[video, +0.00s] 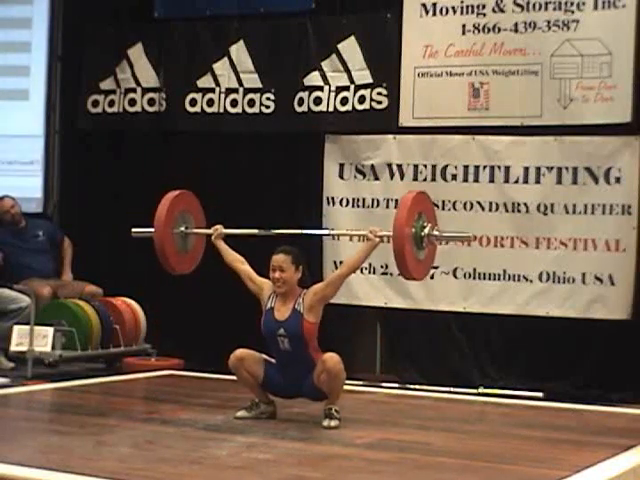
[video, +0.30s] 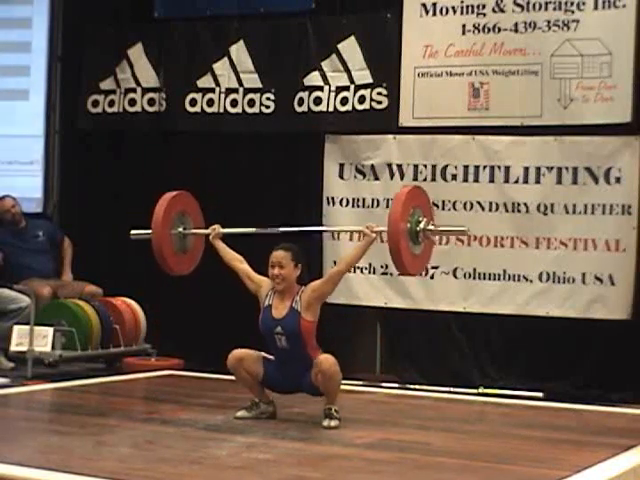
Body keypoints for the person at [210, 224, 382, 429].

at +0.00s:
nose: (276, 276)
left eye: (282, 270)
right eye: (273, 270)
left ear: (298, 272)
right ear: (269, 272)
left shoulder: (312, 298)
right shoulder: (266, 293)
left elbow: (344, 271)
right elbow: (241, 266)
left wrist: (371, 243)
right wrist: (218, 241)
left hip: (311, 378)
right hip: (278, 376)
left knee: (333, 362)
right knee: (237, 358)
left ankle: (331, 408)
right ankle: (264, 404)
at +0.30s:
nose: (275, 272)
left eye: (281, 266)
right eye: (272, 266)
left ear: (297, 269)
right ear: (268, 269)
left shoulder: (310, 296)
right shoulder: (264, 290)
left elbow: (341, 269)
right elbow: (240, 265)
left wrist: (368, 240)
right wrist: (216, 241)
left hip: (308, 373)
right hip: (277, 371)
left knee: (328, 363)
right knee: (236, 359)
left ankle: (330, 409)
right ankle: (264, 404)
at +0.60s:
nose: (267, 248)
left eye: (273, 242)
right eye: (263, 243)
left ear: (289, 245)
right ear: (259, 245)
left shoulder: (304, 270)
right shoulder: (258, 265)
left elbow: (336, 243)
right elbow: (233, 241)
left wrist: (361, 212)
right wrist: (211, 216)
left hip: (319, 331)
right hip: (284, 332)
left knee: (316, 354)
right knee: (245, 352)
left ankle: (330, 408)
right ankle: (263, 403)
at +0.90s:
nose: (259, 207)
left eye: (265, 201)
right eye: (256, 201)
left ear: (281, 204)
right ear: (252, 204)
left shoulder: (296, 230)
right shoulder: (250, 226)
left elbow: (324, 206)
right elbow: (224, 201)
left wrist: (349, 179)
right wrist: (203, 177)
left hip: (312, 299)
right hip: (278, 299)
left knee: (315, 346)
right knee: (247, 347)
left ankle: (330, 407)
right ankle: (263, 402)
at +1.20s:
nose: (247, 166)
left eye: (253, 161)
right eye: (244, 161)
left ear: (269, 163)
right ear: (239, 165)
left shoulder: (282, 191)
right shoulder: (236, 186)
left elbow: (312, 163)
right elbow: (212, 160)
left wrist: (339, 130)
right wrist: (190, 133)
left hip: (280, 282)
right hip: (248, 282)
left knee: (267, 338)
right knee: (245, 346)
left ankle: (259, 405)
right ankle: (264, 398)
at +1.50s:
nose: (232, 151)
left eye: (238, 145)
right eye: (229, 145)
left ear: (255, 148)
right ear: (226, 149)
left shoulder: (269, 176)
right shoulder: (224, 173)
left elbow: (302, 146)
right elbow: (202, 147)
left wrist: (331, 113)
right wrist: (181, 121)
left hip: (260, 272)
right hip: (228, 270)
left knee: (251, 342)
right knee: (215, 338)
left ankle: (247, 416)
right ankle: (231, 403)